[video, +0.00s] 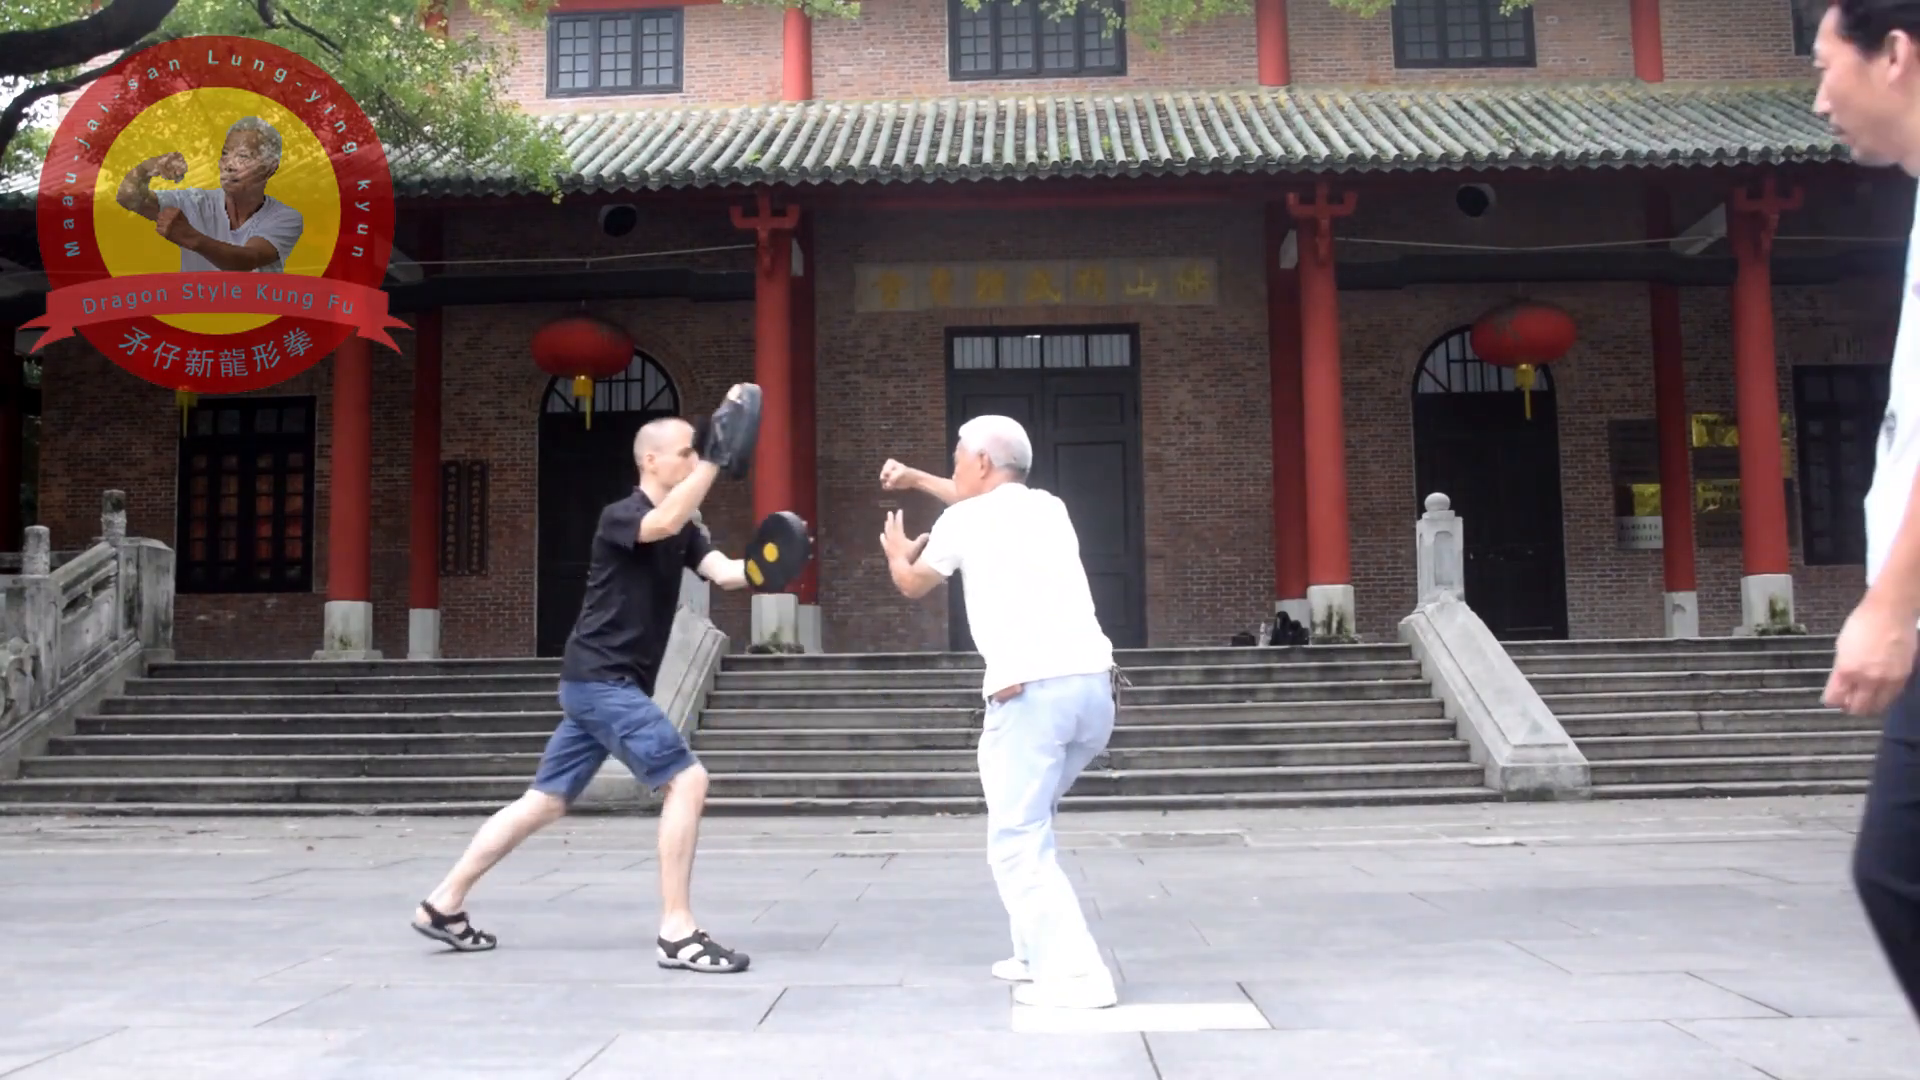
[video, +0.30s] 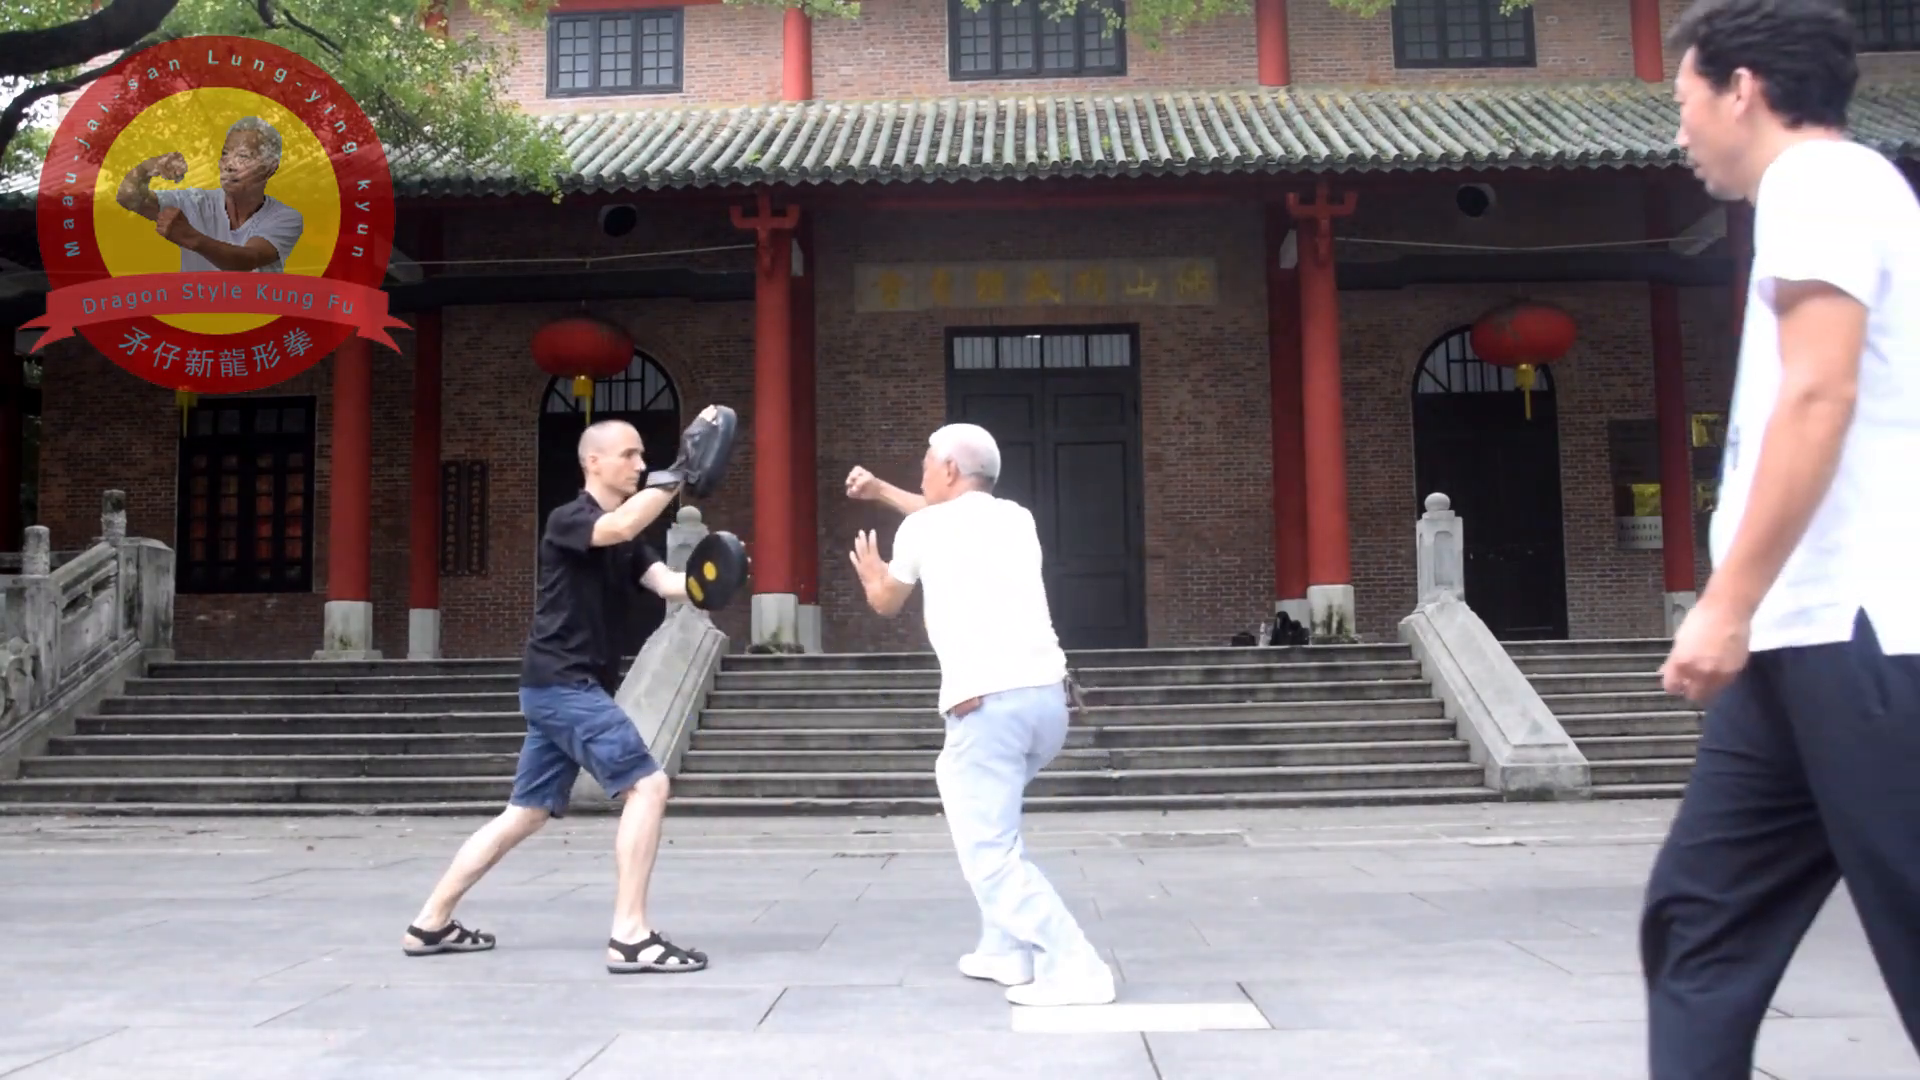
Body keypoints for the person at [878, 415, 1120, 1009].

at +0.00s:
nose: (953, 468)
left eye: (957, 457)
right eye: (955, 457)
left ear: (982, 463)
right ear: (1015, 465)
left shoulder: (967, 517)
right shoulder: (1052, 507)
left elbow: (913, 583)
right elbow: (979, 500)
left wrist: (895, 552)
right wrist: (918, 479)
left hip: (1027, 698)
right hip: (1096, 693)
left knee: (1016, 844)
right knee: (1029, 822)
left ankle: (1077, 977)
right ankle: (1036, 952)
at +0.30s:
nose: (923, 472)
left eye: (927, 462)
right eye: (925, 461)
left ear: (948, 471)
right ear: (983, 476)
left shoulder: (923, 525)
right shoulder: (1019, 518)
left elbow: (885, 601)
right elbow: (946, 511)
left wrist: (870, 575)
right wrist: (882, 491)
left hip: (985, 705)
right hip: (1049, 700)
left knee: (990, 857)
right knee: (994, 828)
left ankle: (1077, 970)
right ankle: (1003, 950)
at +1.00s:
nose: (749, 489)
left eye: (760, 480)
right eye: (753, 478)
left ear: (794, 492)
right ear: (785, 490)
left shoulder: (826, 546)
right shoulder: (760, 539)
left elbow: (754, 604)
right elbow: (685, 554)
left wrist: (660, 606)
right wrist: (646, 509)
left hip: (835, 721)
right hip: (774, 715)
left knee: (851, 841)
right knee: (712, 812)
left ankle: (877, 915)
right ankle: (733, 933)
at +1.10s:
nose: (753, 494)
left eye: (763, 485)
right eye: (756, 484)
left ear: (798, 495)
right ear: (789, 495)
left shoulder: (834, 550)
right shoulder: (763, 545)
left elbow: (774, 617)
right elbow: (691, 563)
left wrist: (694, 597)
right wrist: (654, 513)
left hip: (837, 721)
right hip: (773, 715)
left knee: (855, 844)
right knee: (730, 826)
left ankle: (874, 920)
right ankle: (704, 935)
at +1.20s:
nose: (757, 491)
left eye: (767, 481)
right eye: (759, 480)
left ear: (802, 491)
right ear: (791, 491)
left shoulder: (836, 547)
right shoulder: (764, 543)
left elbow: (784, 611)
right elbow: (690, 561)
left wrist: (706, 596)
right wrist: (647, 513)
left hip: (836, 717)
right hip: (772, 711)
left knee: (855, 838)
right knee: (733, 818)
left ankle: (876, 923)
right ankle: (703, 932)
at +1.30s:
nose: (757, 488)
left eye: (767, 479)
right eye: (760, 478)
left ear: (802, 489)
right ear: (791, 489)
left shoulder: (837, 546)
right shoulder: (764, 541)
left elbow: (787, 612)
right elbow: (692, 555)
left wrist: (710, 598)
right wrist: (646, 505)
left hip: (835, 712)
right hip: (771, 706)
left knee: (852, 834)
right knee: (730, 816)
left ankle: (876, 923)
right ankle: (704, 930)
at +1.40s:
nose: (757, 488)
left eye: (767, 479)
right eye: (759, 478)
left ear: (802, 490)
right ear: (790, 489)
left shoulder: (837, 546)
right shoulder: (763, 542)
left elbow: (789, 614)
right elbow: (692, 554)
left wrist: (711, 599)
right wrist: (643, 505)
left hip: (833, 711)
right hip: (770, 706)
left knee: (851, 830)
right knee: (730, 813)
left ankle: (876, 923)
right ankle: (704, 931)